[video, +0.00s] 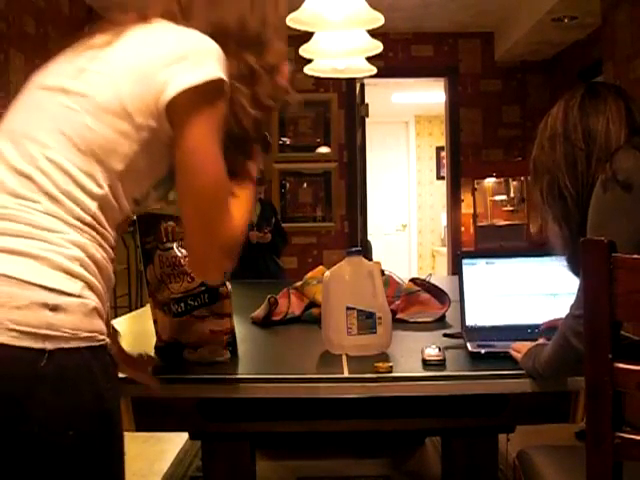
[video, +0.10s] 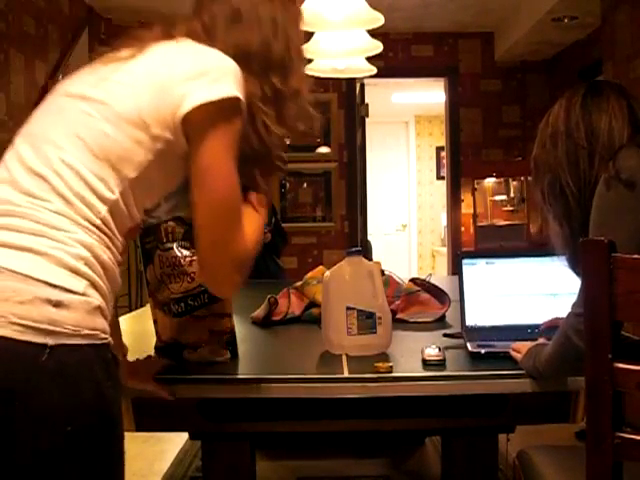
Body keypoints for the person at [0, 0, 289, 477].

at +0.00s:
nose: (283, 66)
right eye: (277, 31)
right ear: (245, 25)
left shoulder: (90, 50)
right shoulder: (187, 49)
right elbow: (211, 261)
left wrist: (119, 356)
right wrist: (245, 176)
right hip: (45, 339)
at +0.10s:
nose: (285, 61)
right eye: (284, 41)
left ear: (205, 16)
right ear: (261, 36)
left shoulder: (114, 64)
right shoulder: (208, 68)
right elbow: (224, 274)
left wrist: (117, 364)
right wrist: (257, 205)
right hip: (47, 334)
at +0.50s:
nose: (315, 109)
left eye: (323, 94)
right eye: (319, 93)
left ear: (252, 52)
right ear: (304, 81)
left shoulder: (159, 78)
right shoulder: (246, 100)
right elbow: (242, 296)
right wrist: (286, 213)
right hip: (60, 326)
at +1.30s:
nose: (327, 119)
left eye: (336, 107)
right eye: (333, 103)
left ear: (273, 61)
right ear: (319, 91)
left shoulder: (183, 80)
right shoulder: (260, 107)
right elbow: (251, 305)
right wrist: (299, 225)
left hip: (8, 303)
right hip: (71, 325)